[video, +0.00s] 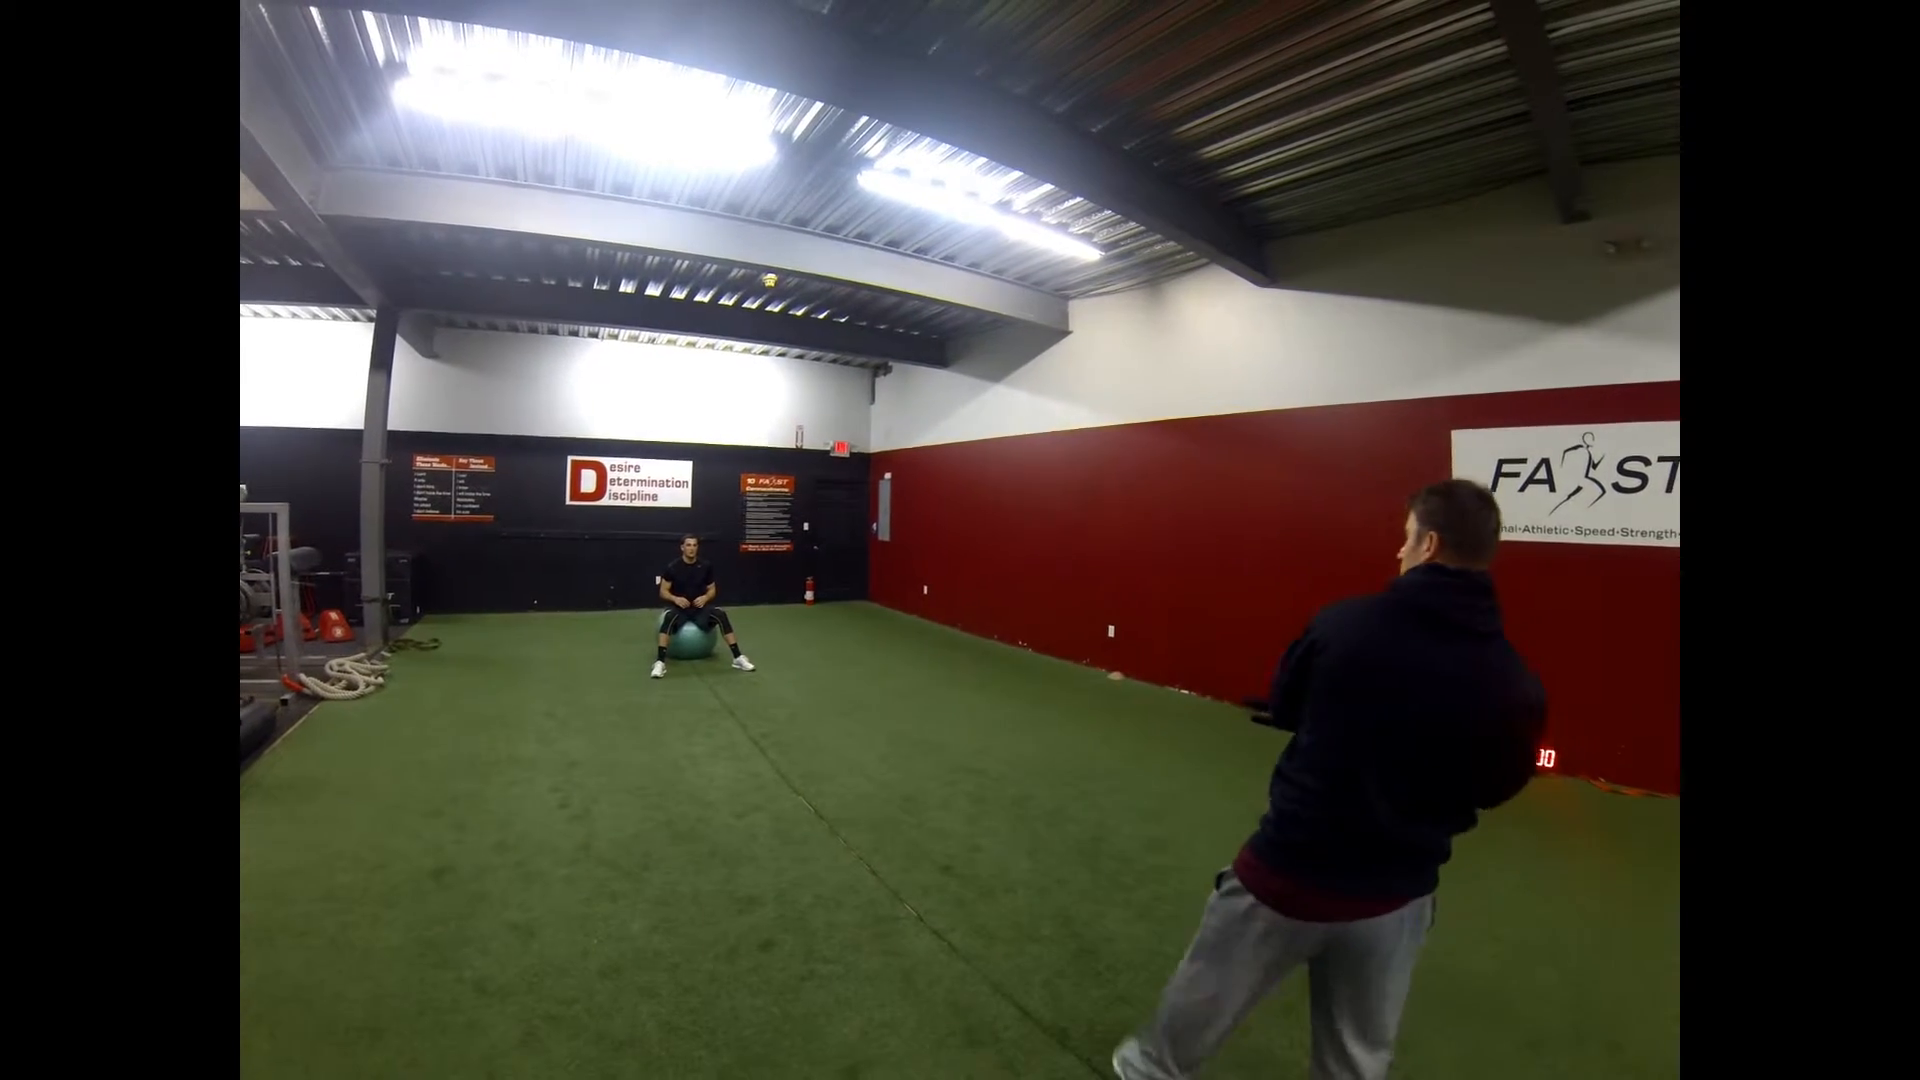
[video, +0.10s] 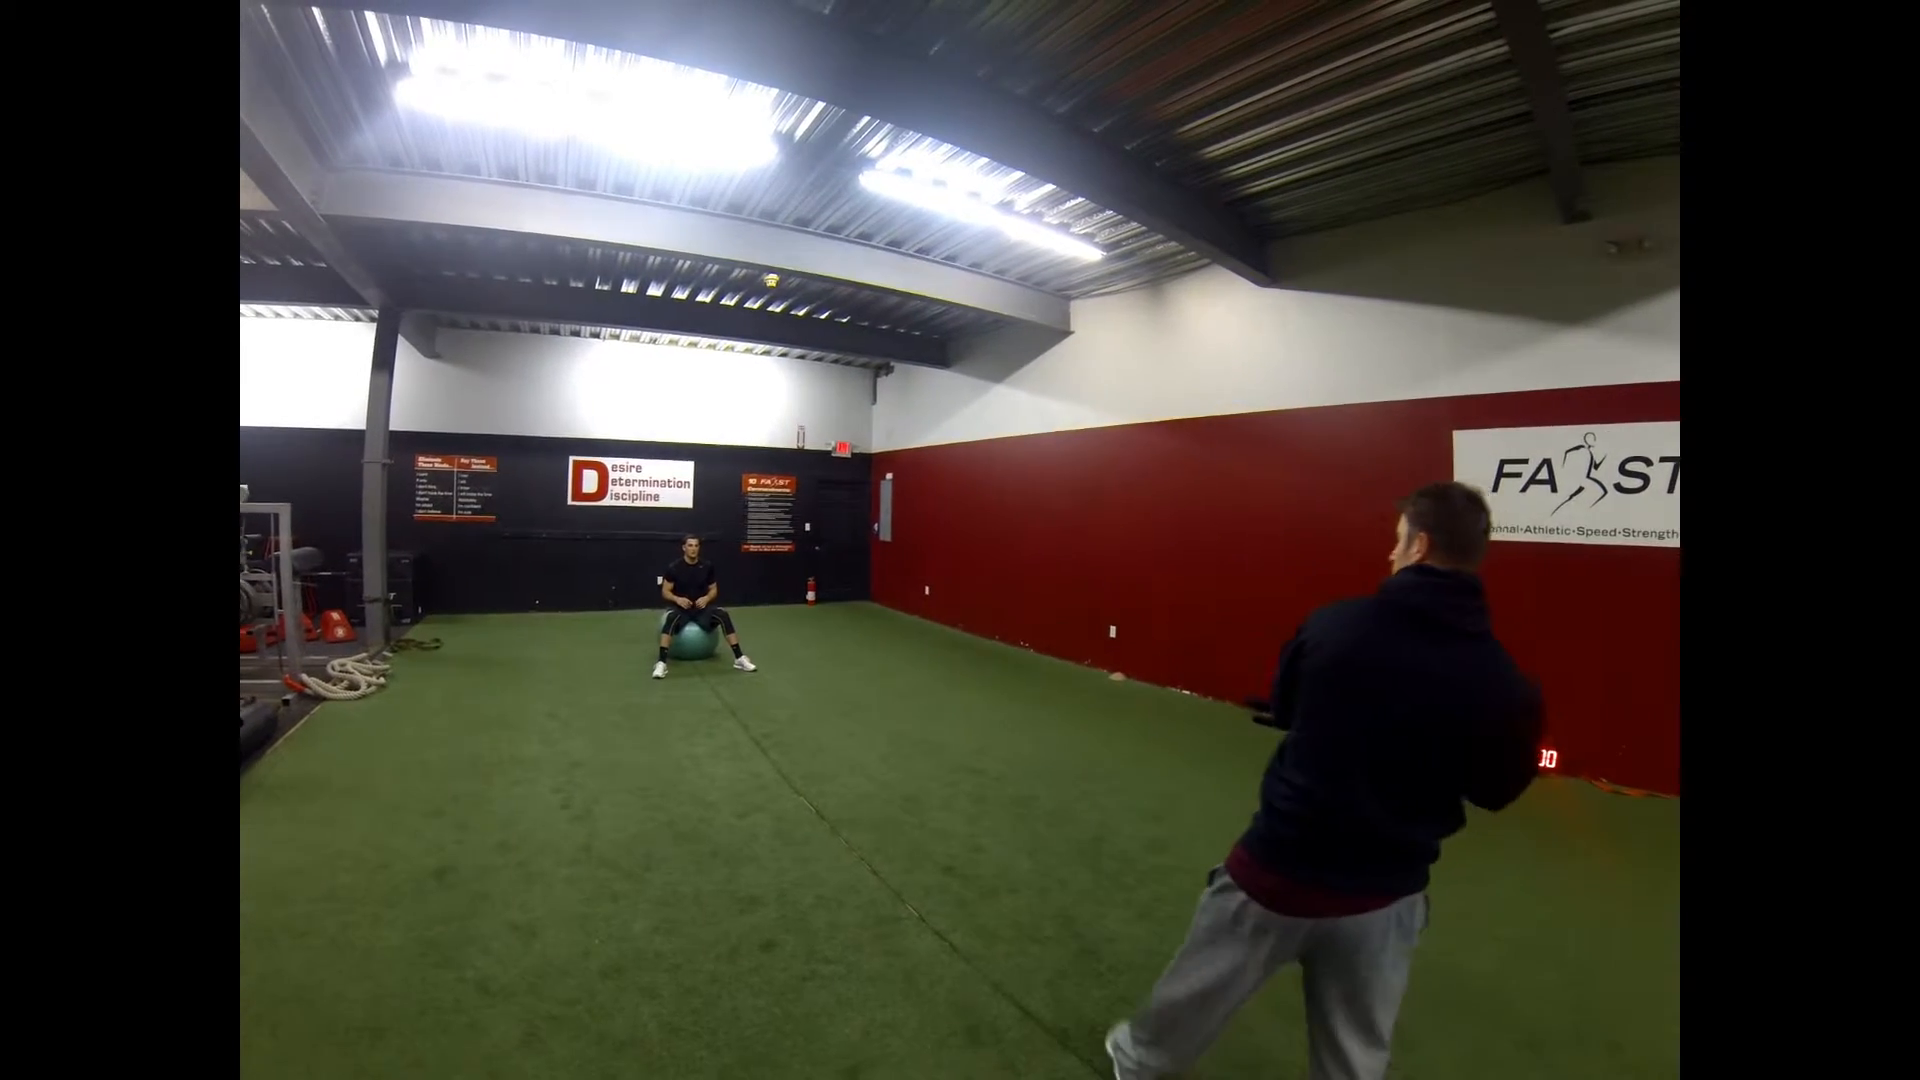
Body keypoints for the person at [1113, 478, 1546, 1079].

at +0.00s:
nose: (1399, 553)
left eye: (1406, 538)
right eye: (1404, 537)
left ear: (1430, 544)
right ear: (1489, 555)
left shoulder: (1346, 626)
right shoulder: (1512, 684)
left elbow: (1286, 705)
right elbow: (1493, 788)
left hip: (1283, 882)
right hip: (1393, 902)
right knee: (1357, 1064)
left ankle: (1154, 1067)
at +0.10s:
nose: (1392, 553)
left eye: (1398, 539)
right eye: (1396, 539)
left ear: (1419, 544)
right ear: (1479, 555)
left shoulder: (1334, 627)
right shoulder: (1497, 680)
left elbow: (1286, 709)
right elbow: (1494, 789)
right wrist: (1428, 727)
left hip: (1274, 876)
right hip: (1383, 900)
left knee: (1199, 988)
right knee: (1355, 1060)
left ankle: (1141, 1060)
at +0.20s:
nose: (1359, 557)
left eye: (1365, 542)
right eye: (1363, 542)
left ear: (1389, 545)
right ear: (1446, 558)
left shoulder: (1310, 629)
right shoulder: (1459, 666)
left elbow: (1284, 691)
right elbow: (1522, 753)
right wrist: (1481, 663)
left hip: (1256, 872)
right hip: (1361, 895)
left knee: (1187, 973)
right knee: (1347, 1053)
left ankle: (1131, 1054)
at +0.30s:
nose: (1331, 550)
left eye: (1340, 538)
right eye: (1334, 537)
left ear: (1362, 545)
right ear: (1427, 561)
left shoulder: (1299, 625)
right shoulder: (1448, 658)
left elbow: (1236, 648)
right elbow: (1540, 697)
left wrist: (1300, 595)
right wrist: (1492, 622)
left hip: (1245, 868)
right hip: (1349, 882)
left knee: (1180, 959)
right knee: (1337, 1044)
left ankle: (1138, 1053)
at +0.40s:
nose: (1281, 552)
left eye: (1287, 541)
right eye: (1283, 541)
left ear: (1310, 546)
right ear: (1365, 553)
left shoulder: (1249, 636)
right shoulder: (1389, 644)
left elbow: (1167, 675)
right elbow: (1470, 638)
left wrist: (1209, 606)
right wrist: (1462, 557)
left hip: (1227, 871)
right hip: (1322, 870)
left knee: (1165, 963)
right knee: (1313, 1025)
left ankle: (1136, 1056)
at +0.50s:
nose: (1248, 556)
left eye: (1253, 543)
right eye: (1250, 543)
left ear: (1276, 546)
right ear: (1328, 549)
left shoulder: (1238, 645)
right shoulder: (1344, 623)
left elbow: (1141, 704)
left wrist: (1174, 628)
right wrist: (1402, 550)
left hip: (1221, 871)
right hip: (1307, 859)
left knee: (1155, 957)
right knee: (1299, 1006)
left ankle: (1136, 1056)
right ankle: (1314, 1073)